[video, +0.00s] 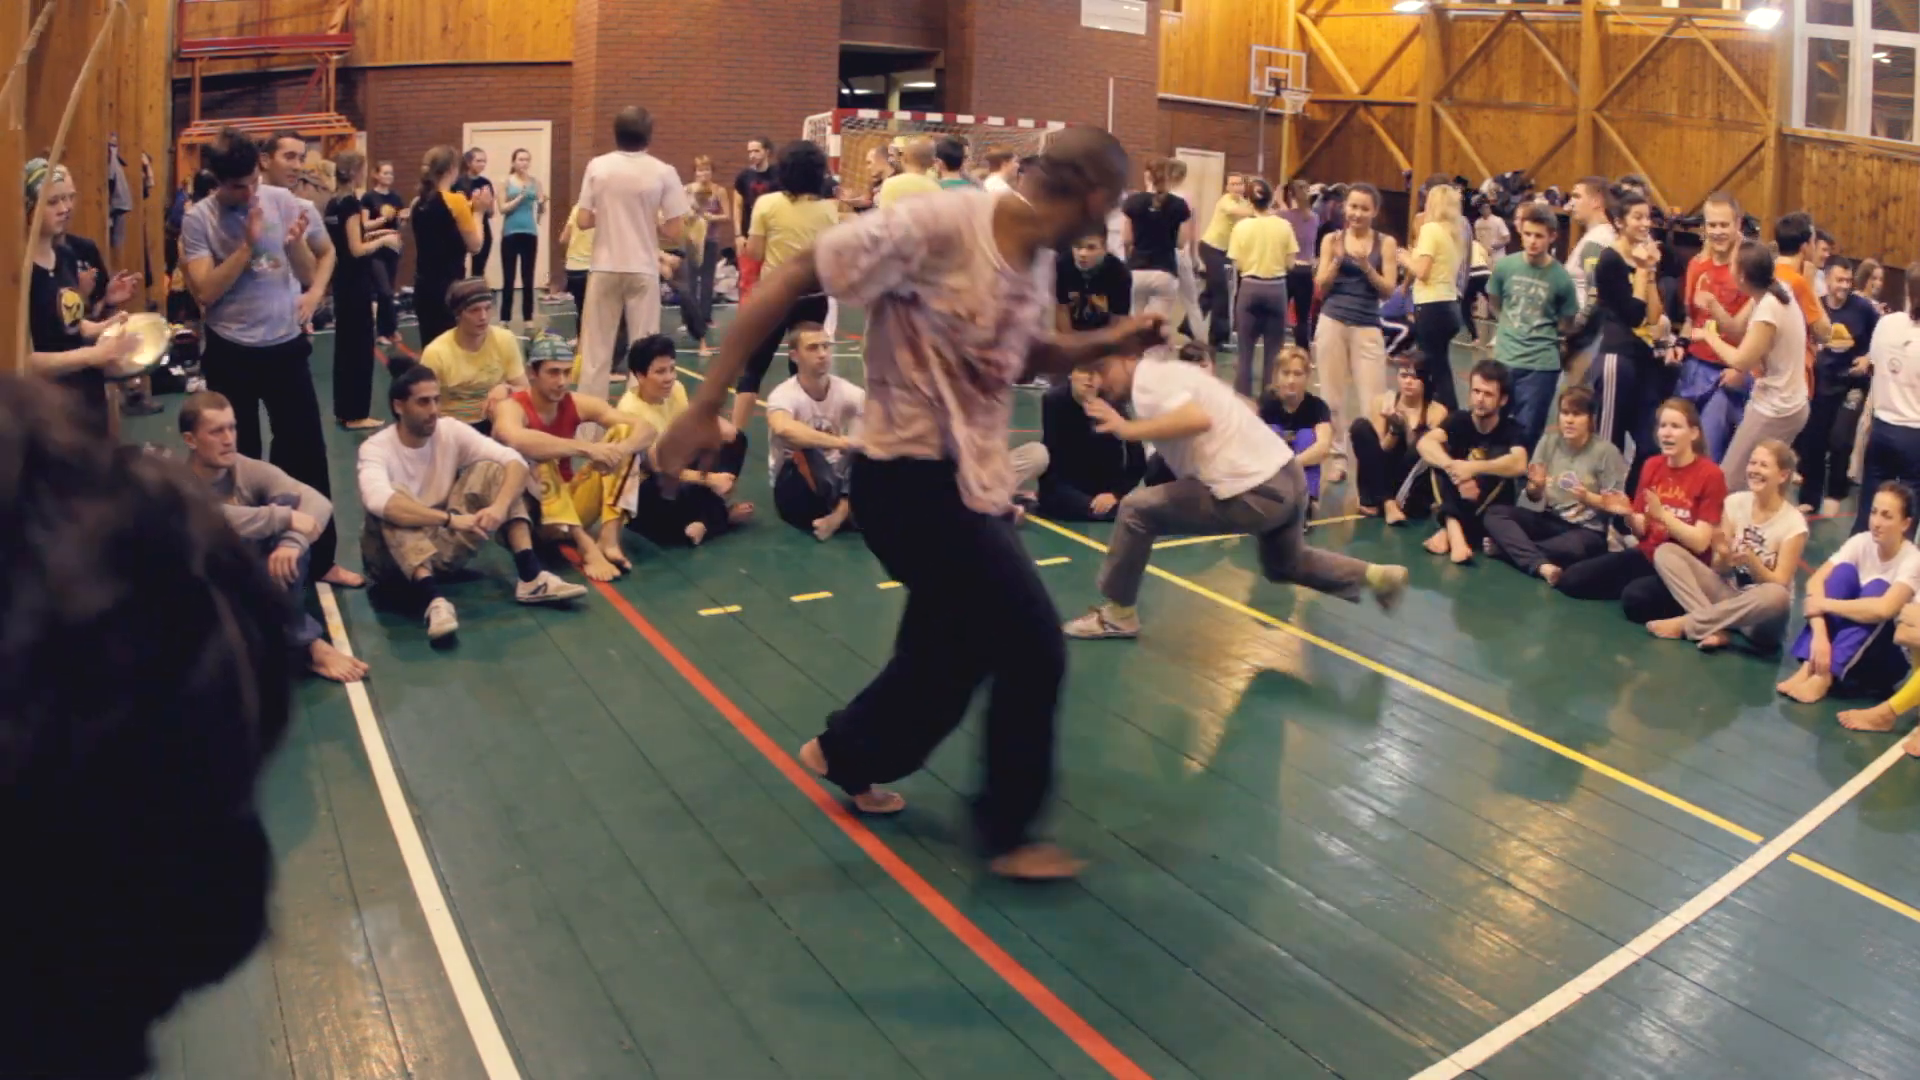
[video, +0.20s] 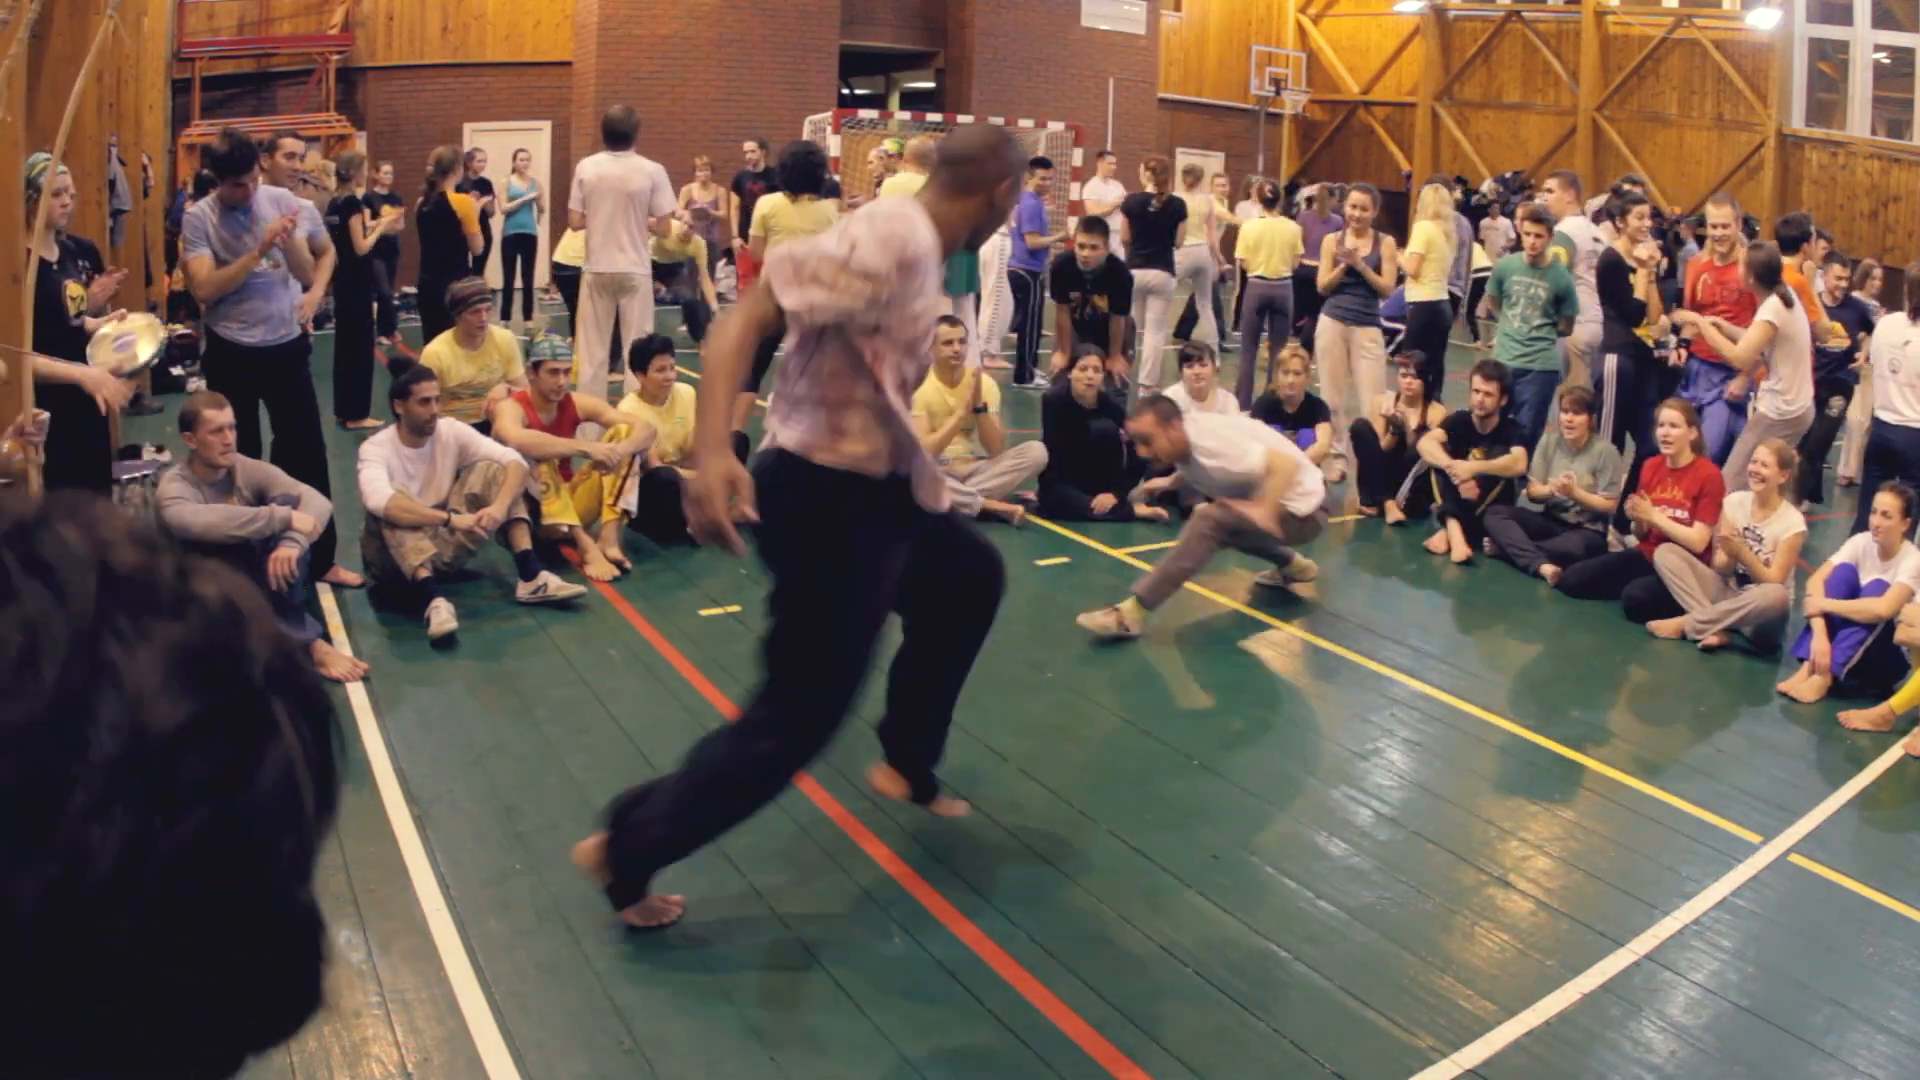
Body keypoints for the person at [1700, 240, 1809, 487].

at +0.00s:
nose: (1731, 273)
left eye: (1733, 268)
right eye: (1732, 267)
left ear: (1742, 276)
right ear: (1767, 269)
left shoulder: (1769, 307)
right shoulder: (1780, 292)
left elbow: (1741, 361)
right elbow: (1735, 328)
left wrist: (1710, 337)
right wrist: (1714, 308)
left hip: (1772, 411)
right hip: (1791, 405)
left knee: (1729, 478)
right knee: (1764, 476)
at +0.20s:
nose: (1740, 273)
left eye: (1742, 268)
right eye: (1742, 267)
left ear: (1750, 276)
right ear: (1776, 270)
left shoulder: (1773, 307)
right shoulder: (1788, 296)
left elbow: (1740, 358)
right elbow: (1755, 341)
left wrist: (1700, 323)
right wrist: (1720, 324)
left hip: (1778, 413)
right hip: (1798, 407)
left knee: (1733, 478)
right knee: (1772, 477)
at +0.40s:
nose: (1740, 268)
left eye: (1741, 263)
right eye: (1741, 262)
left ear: (1750, 269)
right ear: (1775, 263)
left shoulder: (1772, 304)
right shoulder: (1785, 291)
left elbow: (1760, 366)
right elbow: (1748, 332)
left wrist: (1731, 347)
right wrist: (1718, 313)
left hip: (1775, 409)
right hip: (1793, 405)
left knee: (1731, 476)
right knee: (1767, 478)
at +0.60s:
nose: (1733, 266)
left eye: (1735, 260)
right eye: (1734, 259)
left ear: (1743, 265)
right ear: (1769, 261)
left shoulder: (1763, 299)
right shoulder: (1782, 292)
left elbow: (1742, 357)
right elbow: (1759, 343)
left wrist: (1698, 338)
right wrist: (1724, 325)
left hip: (1769, 406)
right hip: (1790, 402)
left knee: (1730, 474)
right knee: (1768, 474)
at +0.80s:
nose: (1721, 254)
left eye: (1725, 249)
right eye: (1722, 248)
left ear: (1734, 256)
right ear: (1760, 254)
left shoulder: (1752, 292)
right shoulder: (1774, 287)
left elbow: (1739, 355)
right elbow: (1758, 341)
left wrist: (1692, 355)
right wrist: (1720, 335)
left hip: (1756, 404)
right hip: (1780, 400)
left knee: (1722, 477)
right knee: (1758, 477)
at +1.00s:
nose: (1719, 252)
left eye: (1722, 246)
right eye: (1720, 245)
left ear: (1731, 252)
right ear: (1756, 251)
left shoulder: (1739, 290)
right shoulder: (1771, 287)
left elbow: (1736, 360)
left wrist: (1713, 403)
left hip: (1741, 397)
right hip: (1772, 392)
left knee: (1718, 483)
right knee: (1755, 485)